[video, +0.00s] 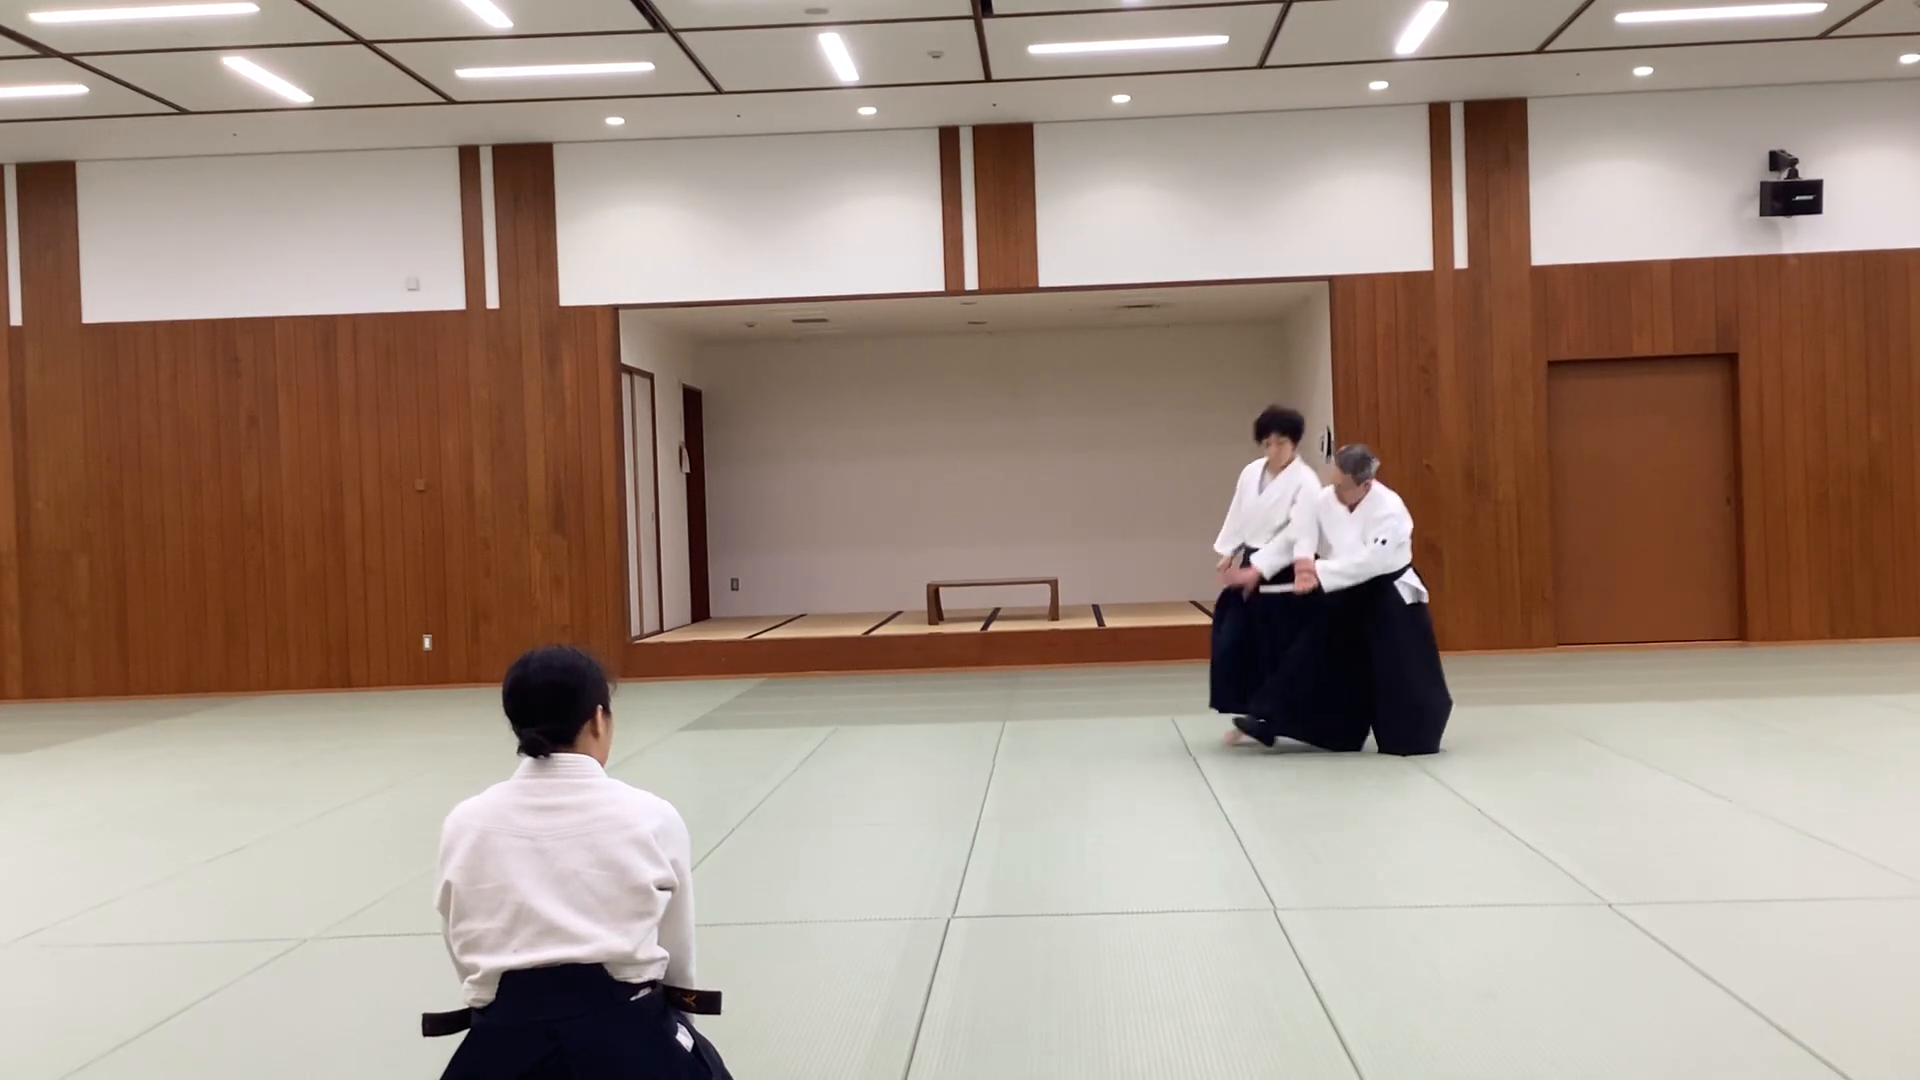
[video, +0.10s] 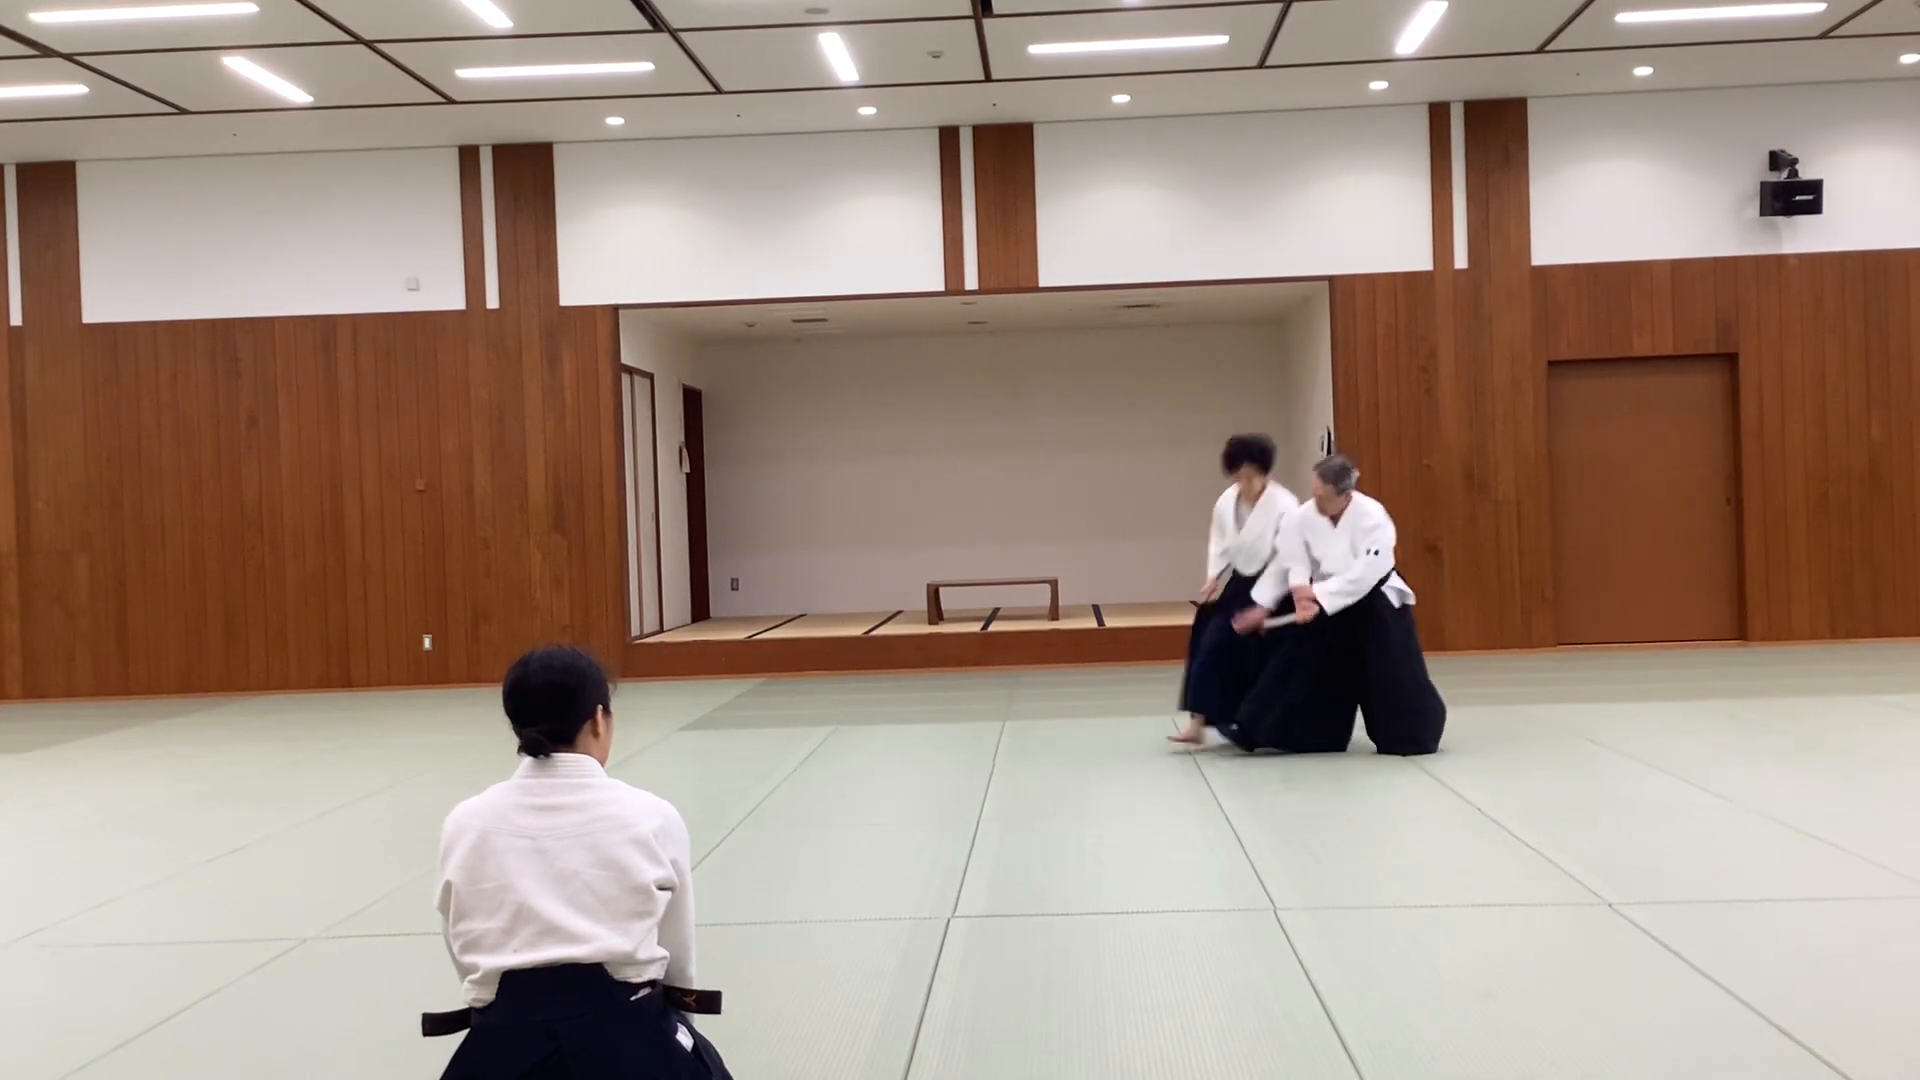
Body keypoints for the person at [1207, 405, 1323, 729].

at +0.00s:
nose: (1273, 451)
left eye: (1280, 444)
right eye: (1267, 444)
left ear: (1295, 444)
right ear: (1261, 443)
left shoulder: (1307, 482)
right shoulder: (1252, 472)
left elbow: (1296, 536)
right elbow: (1236, 515)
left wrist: (1257, 568)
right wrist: (1226, 556)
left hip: (1284, 571)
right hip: (1246, 565)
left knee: (1270, 642)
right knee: (1233, 636)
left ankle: (1262, 719)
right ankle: (1248, 717)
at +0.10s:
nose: (1240, 480)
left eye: (1246, 473)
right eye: (1236, 473)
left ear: (1263, 472)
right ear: (1233, 472)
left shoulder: (1285, 506)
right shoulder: (1227, 500)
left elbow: (1285, 560)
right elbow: (1218, 543)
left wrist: (1262, 602)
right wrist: (1213, 577)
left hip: (1271, 585)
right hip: (1235, 582)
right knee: (1207, 633)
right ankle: (1198, 720)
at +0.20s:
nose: (1196, 524)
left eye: (1200, 517)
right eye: (1193, 518)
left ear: (1216, 513)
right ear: (1191, 517)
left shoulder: (1250, 534)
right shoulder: (1189, 542)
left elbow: (1273, 582)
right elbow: (1177, 577)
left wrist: (1268, 630)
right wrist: (1176, 618)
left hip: (1251, 611)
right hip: (1216, 610)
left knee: (1244, 670)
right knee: (1190, 661)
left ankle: (1245, 734)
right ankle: (1171, 734)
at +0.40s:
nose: (1138, 625)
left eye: (1139, 619)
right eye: (1131, 623)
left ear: (1141, 607)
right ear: (1114, 620)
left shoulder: (1161, 596)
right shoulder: (1101, 623)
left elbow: (1214, 604)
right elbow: (1080, 670)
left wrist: (1247, 617)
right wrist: (1099, 716)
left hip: (1171, 636)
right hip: (1138, 647)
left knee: (1173, 688)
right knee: (1144, 692)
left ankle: (1174, 741)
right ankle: (1150, 742)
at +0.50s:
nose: (1107, 669)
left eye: (1107, 663)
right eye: (1101, 669)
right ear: (1077, 665)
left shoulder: (1123, 622)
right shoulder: (1060, 654)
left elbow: (1176, 622)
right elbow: (1044, 706)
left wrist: (1215, 642)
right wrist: (1070, 748)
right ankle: (1157, 742)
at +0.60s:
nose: (1063, 714)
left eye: (1066, 707)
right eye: (1058, 711)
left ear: (1070, 678)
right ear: (1036, 698)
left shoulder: (1084, 650)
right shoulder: (1019, 689)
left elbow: (1126, 637)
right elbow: (1013, 742)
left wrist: (1166, 660)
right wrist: (1045, 763)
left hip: (1090, 608)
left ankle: (1183, 565)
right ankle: (1157, 734)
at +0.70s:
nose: (1048, 753)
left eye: (1051, 743)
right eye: (1043, 752)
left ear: (1044, 714)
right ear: (1013, 738)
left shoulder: (1039, 673)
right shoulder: (988, 734)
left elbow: (1063, 639)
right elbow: (994, 768)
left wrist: (1107, 654)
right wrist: (1039, 763)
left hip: (1031, 616)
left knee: (1084, 563)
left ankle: (1088, 496)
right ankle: (1136, 728)